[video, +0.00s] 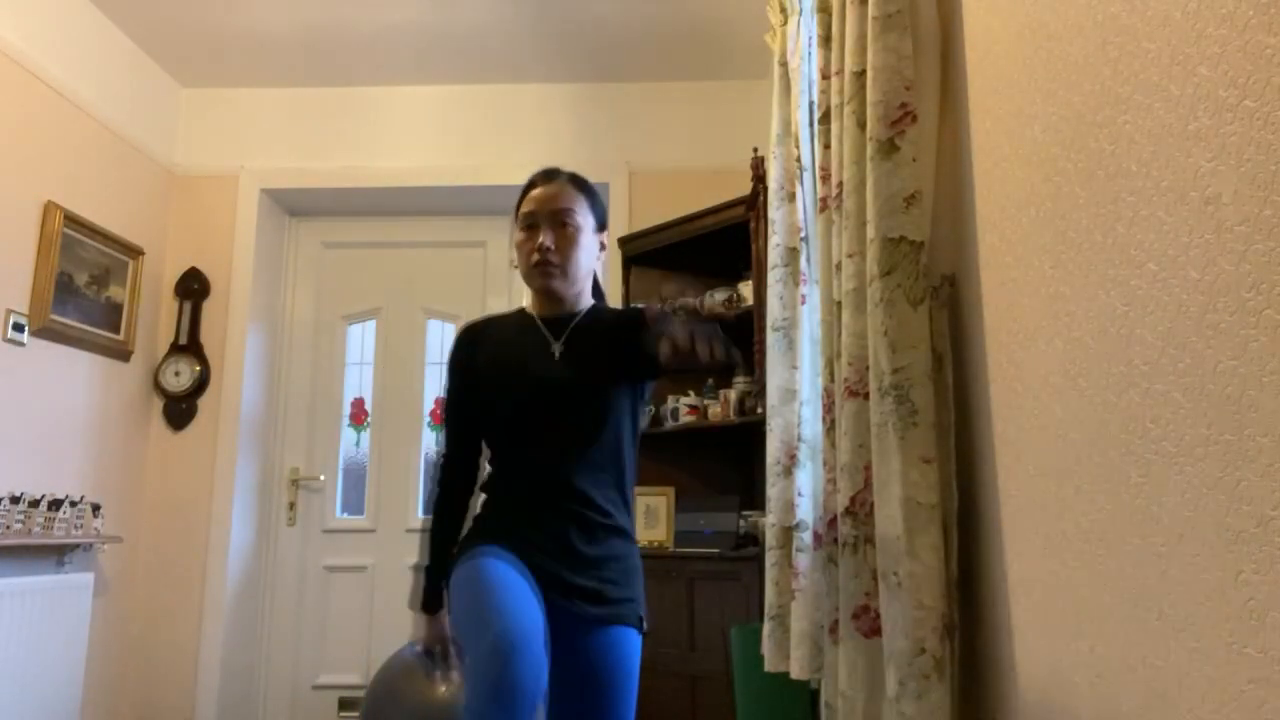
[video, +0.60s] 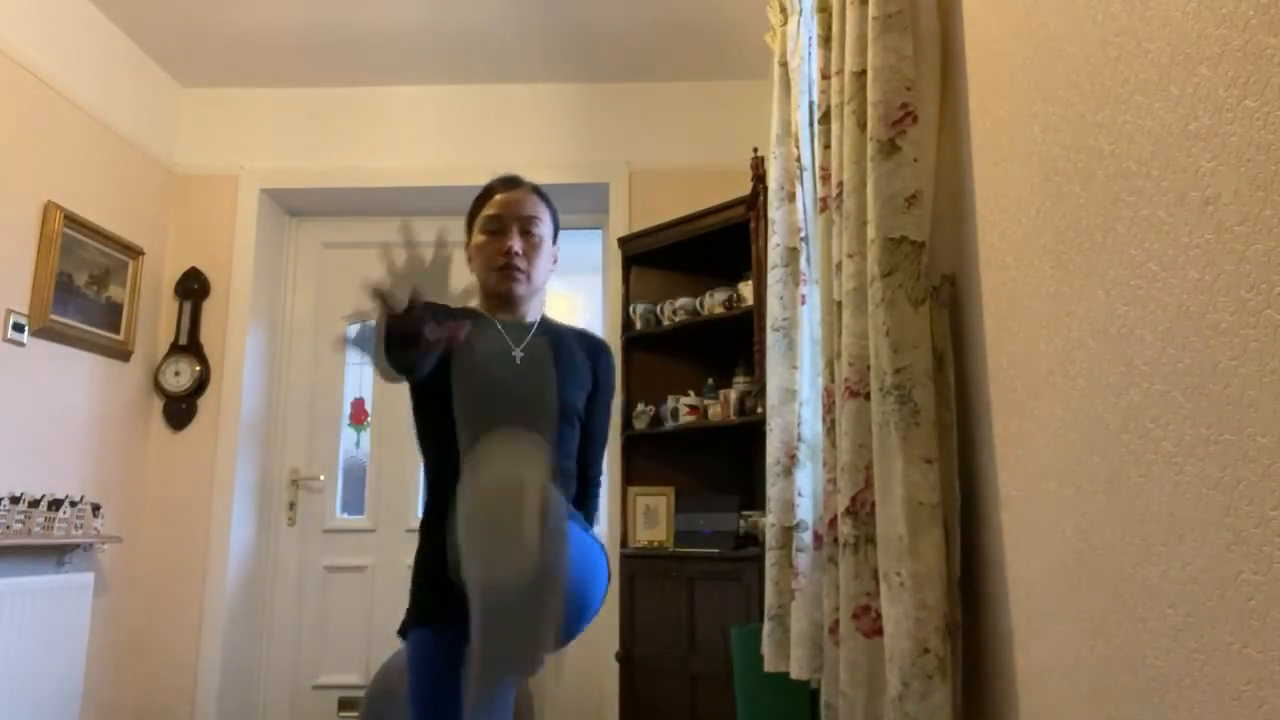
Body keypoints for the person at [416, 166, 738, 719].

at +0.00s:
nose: (542, 240)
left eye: (562, 223)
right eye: (528, 226)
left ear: (600, 245)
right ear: (514, 245)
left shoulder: (626, 331)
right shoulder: (482, 342)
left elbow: (655, 338)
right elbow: (457, 475)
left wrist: (683, 334)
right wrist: (433, 600)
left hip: (603, 559)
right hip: (502, 549)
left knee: (608, 708)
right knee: (514, 680)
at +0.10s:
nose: (542, 239)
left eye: (562, 223)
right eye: (528, 225)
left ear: (597, 243)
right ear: (511, 243)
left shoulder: (635, 337)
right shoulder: (476, 336)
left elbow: (693, 389)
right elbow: (434, 467)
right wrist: (391, 591)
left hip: (602, 589)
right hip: (495, 583)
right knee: (502, 710)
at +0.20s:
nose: (535, 243)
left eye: (555, 229)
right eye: (520, 230)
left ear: (589, 248)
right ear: (505, 249)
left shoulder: (624, 348)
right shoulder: (461, 338)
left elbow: (678, 441)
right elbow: (405, 462)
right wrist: (343, 585)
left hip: (591, 610)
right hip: (479, 609)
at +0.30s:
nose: (527, 244)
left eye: (547, 231)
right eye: (512, 230)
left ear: (578, 253)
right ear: (493, 247)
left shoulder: (613, 350)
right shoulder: (449, 337)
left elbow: (651, 479)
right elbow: (379, 457)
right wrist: (305, 568)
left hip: (572, 615)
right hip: (460, 610)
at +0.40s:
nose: (517, 243)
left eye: (538, 230)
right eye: (503, 228)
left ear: (567, 254)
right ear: (484, 246)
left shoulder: (603, 353)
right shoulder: (440, 333)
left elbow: (621, 487)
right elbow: (378, 422)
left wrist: (627, 605)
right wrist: (301, 520)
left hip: (559, 587)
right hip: (451, 587)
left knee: (559, 709)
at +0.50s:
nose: (513, 240)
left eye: (533, 228)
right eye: (498, 226)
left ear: (559, 253)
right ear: (475, 245)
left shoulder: (595, 350)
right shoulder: (437, 324)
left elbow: (594, 477)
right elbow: (386, 380)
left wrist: (586, 562)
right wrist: (334, 440)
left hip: (555, 552)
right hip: (455, 561)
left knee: (543, 633)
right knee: (440, 707)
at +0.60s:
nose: (511, 244)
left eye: (530, 232)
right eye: (494, 230)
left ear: (553, 258)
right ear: (469, 253)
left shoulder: (588, 354)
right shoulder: (439, 331)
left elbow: (586, 482)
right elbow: (403, 359)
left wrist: (555, 582)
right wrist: (407, 329)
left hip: (552, 577)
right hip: (448, 580)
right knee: (438, 709)